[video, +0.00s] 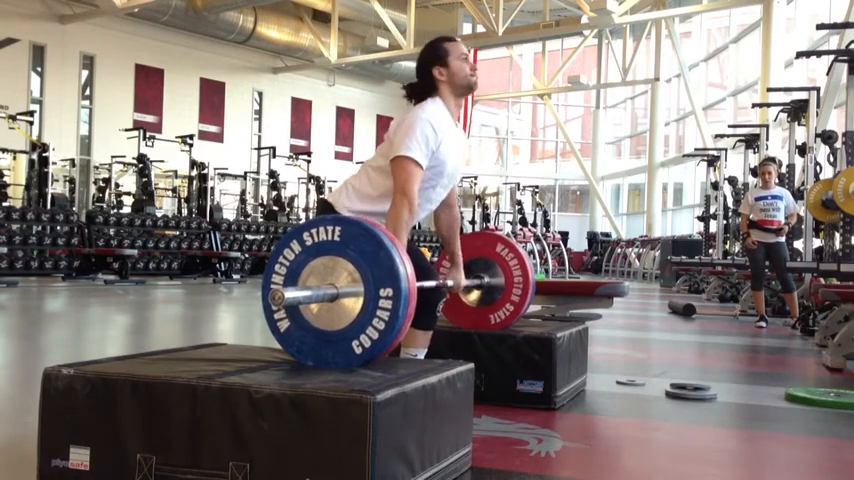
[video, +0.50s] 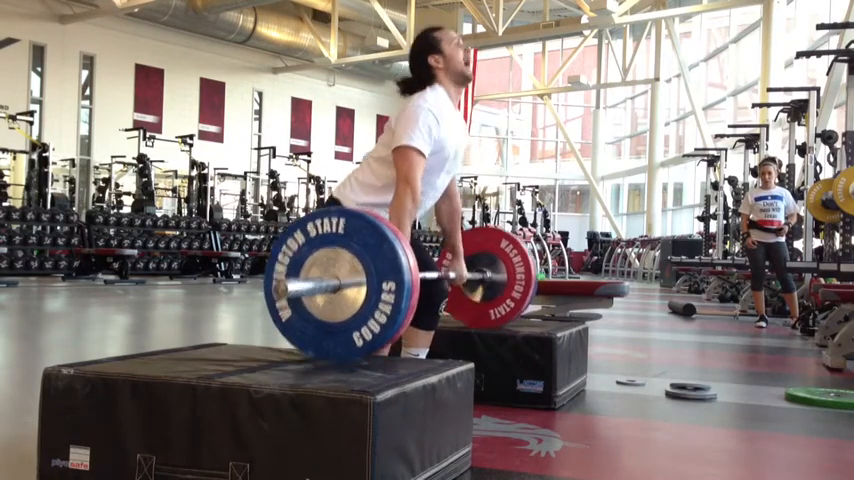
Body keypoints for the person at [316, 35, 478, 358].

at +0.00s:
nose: (473, 64)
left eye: (471, 58)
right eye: (464, 59)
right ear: (440, 72)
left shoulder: (452, 131)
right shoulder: (424, 117)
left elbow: (446, 204)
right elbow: (404, 198)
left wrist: (455, 263)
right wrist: (391, 265)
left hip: (381, 225)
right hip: (345, 217)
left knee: (429, 287)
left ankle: (408, 384)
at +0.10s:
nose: (475, 65)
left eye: (472, 59)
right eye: (466, 59)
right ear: (442, 72)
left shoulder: (452, 130)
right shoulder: (425, 117)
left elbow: (446, 203)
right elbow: (405, 198)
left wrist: (455, 263)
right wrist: (391, 265)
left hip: (381, 224)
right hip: (346, 217)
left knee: (429, 288)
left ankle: (407, 382)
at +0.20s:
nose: (475, 65)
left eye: (473, 60)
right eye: (466, 60)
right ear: (442, 73)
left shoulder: (453, 133)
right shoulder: (425, 118)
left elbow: (447, 204)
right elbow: (404, 198)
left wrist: (456, 262)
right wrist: (393, 265)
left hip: (381, 224)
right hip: (345, 217)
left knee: (430, 287)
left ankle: (406, 382)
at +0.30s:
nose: (475, 66)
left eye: (473, 60)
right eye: (466, 60)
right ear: (442, 73)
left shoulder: (453, 132)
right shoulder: (426, 119)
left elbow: (447, 206)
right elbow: (404, 197)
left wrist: (457, 264)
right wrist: (393, 265)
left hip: (382, 225)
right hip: (345, 218)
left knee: (430, 287)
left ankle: (406, 384)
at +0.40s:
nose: (473, 63)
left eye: (470, 57)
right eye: (464, 58)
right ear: (440, 73)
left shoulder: (453, 130)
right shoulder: (425, 116)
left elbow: (448, 203)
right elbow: (406, 197)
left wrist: (457, 262)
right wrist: (393, 264)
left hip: (383, 225)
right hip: (346, 217)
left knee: (431, 288)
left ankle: (406, 385)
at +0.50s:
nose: (468, 51)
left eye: (464, 45)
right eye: (458, 46)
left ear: (443, 63)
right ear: (436, 62)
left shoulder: (454, 120)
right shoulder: (424, 106)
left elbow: (447, 194)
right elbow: (407, 190)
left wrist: (456, 255)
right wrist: (396, 259)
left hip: (389, 219)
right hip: (353, 214)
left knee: (433, 285)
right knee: (391, 295)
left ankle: (409, 383)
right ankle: (371, 386)